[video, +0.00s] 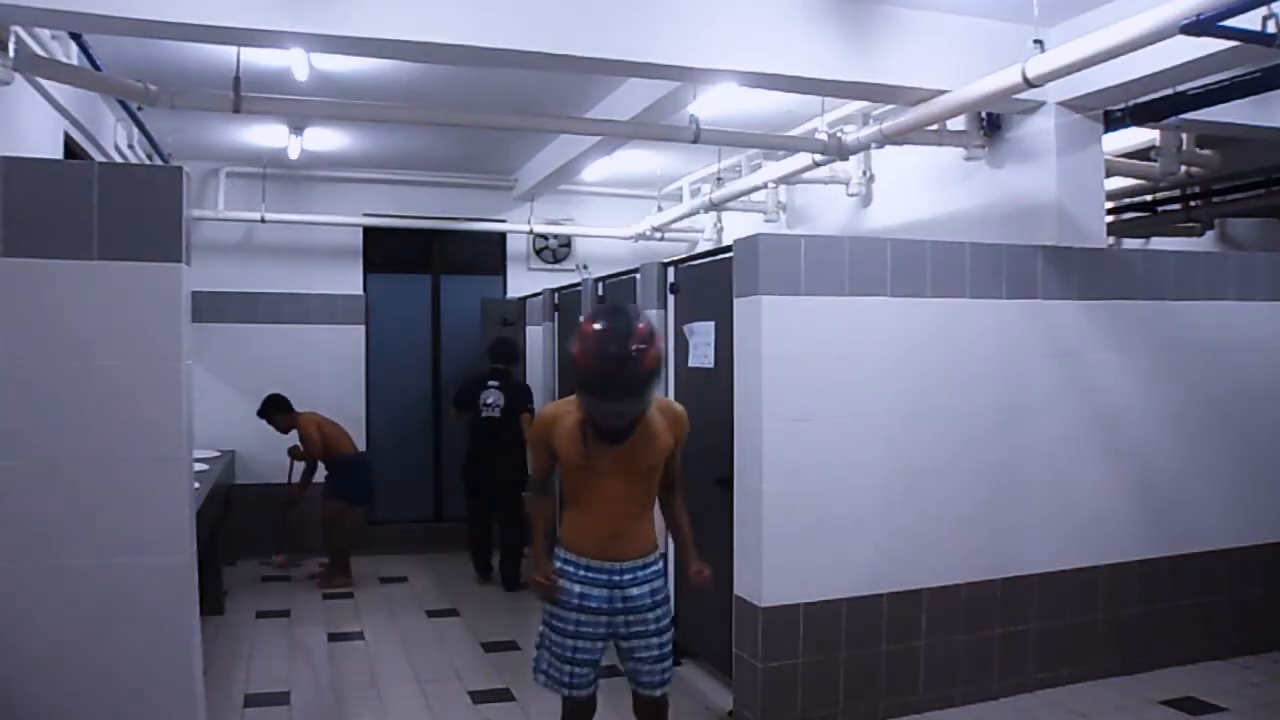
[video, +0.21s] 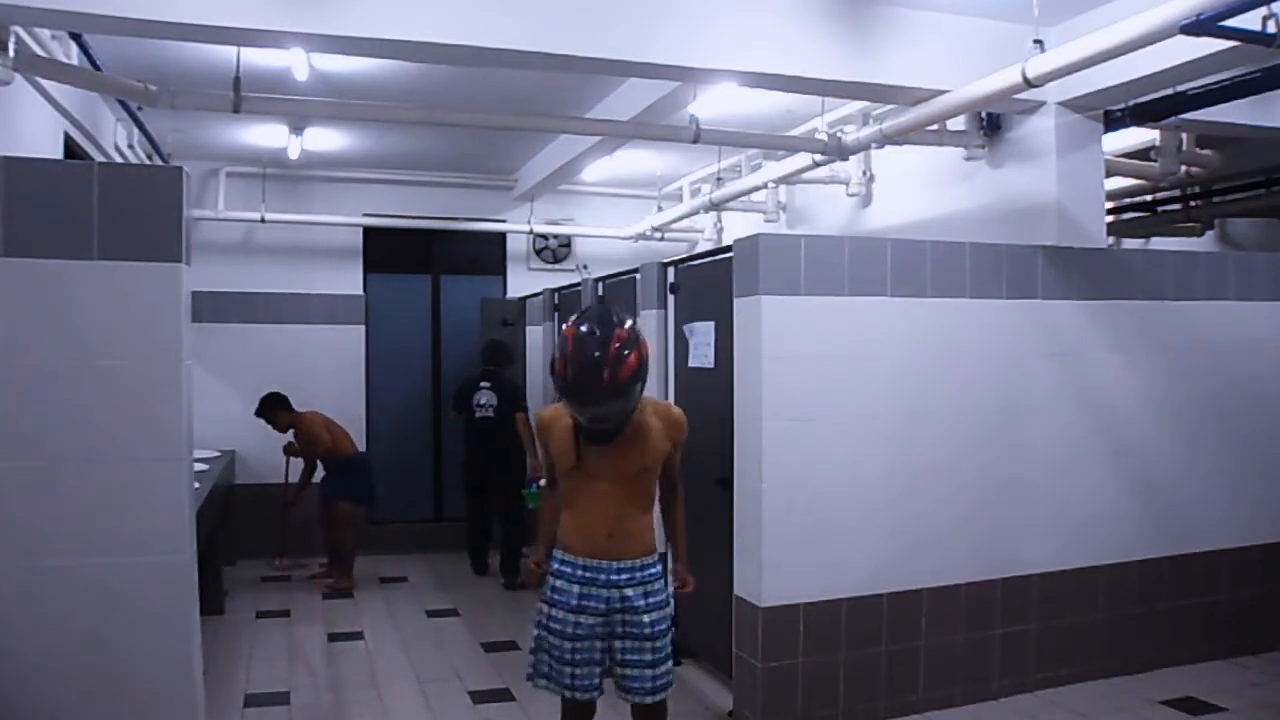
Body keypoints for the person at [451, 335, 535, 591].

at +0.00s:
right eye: (512, 360)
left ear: (489, 358)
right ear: (515, 361)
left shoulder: (472, 384)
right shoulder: (521, 389)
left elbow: (457, 414)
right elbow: (526, 424)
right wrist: (533, 453)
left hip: (478, 462)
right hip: (510, 463)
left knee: (479, 515)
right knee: (511, 518)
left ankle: (483, 570)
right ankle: (511, 577)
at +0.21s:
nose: (508, 365)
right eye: (507, 360)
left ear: (482, 360)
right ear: (508, 361)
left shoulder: (469, 385)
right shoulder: (512, 387)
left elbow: (456, 413)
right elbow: (521, 421)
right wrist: (533, 457)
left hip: (476, 460)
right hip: (507, 461)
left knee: (478, 510)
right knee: (511, 514)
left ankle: (479, 564)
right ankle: (511, 574)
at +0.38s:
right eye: (503, 358)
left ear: (480, 357)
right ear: (503, 358)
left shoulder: (463, 382)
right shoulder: (507, 383)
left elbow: (454, 414)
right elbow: (513, 416)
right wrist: (523, 442)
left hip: (471, 454)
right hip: (501, 454)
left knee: (475, 506)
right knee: (503, 506)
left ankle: (478, 563)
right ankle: (506, 560)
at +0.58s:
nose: (505, 363)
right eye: (506, 359)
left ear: (484, 356)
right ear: (506, 359)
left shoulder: (464, 380)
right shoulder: (507, 382)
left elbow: (452, 412)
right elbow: (510, 415)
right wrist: (518, 445)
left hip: (469, 450)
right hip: (497, 450)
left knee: (473, 503)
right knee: (499, 500)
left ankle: (477, 559)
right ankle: (498, 550)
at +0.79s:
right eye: (514, 363)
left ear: (491, 359)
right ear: (512, 362)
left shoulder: (472, 380)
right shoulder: (511, 383)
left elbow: (457, 409)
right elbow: (511, 418)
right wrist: (517, 450)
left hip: (473, 450)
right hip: (499, 450)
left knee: (474, 503)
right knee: (500, 502)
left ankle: (478, 560)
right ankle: (502, 549)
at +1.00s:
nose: (531, 369)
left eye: (532, 364)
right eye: (530, 364)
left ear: (508, 360)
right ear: (523, 363)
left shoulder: (490, 379)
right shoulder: (522, 385)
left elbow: (478, 410)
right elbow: (519, 416)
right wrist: (520, 450)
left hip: (487, 446)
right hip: (508, 448)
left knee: (488, 497)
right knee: (508, 500)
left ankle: (483, 545)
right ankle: (504, 549)